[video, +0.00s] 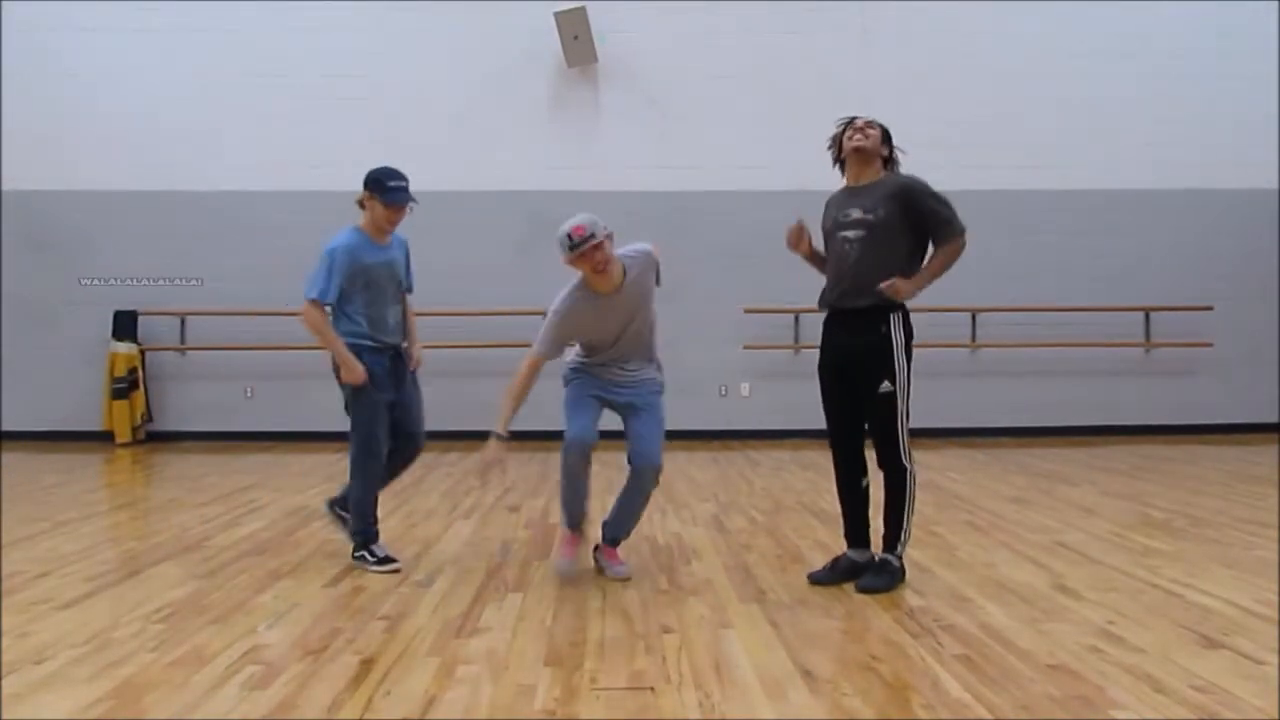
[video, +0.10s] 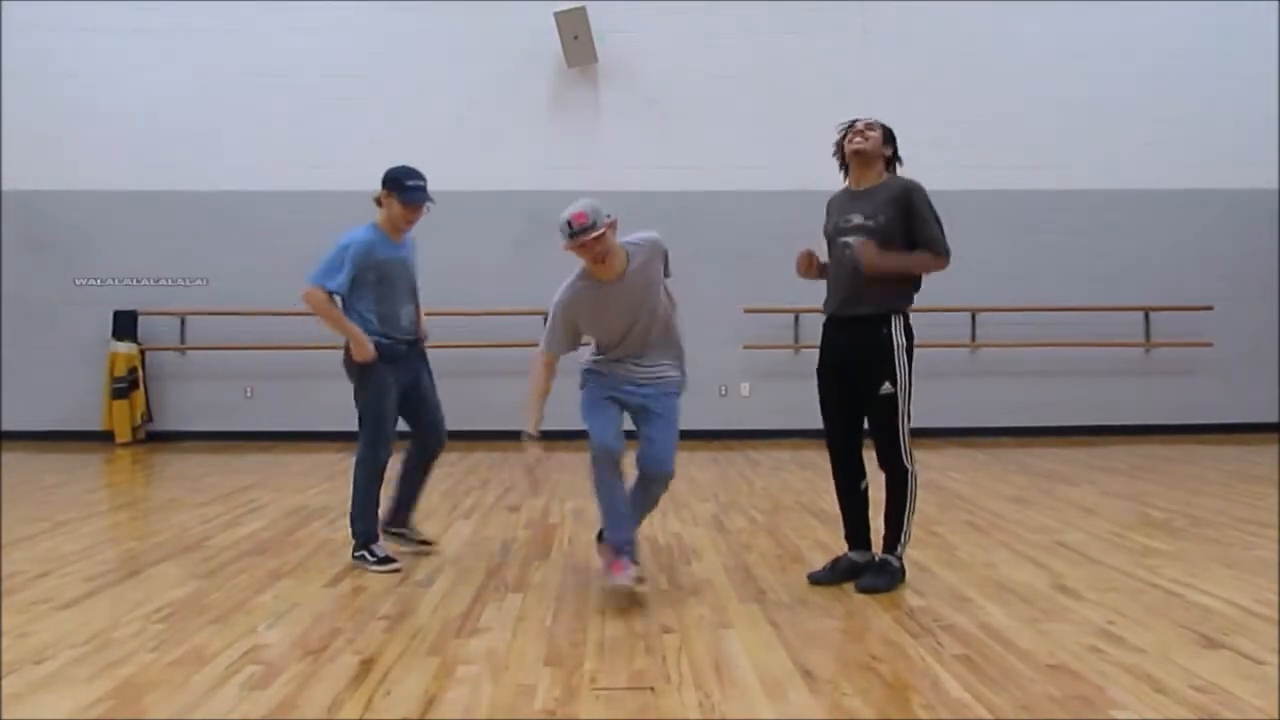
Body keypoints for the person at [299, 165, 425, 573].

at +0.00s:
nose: (397, 215)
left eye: (402, 207)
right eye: (389, 207)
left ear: (407, 207)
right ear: (366, 202)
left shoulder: (399, 246)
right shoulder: (343, 249)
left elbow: (404, 298)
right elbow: (311, 309)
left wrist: (413, 342)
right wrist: (345, 358)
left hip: (397, 358)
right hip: (361, 360)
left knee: (410, 441)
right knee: (371, 448)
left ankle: (349, 499)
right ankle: (365, 542)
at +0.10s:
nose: (414, 215)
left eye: (420, 207)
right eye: (407, 206)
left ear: (424, 206)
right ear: (384, 201)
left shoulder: (407, 244)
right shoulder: (359, 245)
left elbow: (404, 290)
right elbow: (314, 293)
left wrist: (418, 321)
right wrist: (354, 335)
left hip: (410, 354)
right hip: (374, 358)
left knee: (431, 435)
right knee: (375, 447)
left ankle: (398, 521)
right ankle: (364, 542)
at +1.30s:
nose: (373, 215)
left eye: (378, 205)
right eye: (363, 209)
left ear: (391, 194)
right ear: (349, 208)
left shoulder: (426, 237)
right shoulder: (335, 251)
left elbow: (452, 289)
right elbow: (321, 308)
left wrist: (456, 341)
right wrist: (335, 335)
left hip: (430, 364)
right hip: (372, 369)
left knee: (464, 450)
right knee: (367, 467)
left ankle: (479, 544)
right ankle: (375, 560)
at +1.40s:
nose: (364, 212)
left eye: (369, 201)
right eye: (353, 206)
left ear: (383, 190)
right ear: (340, 205)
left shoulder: (419, 234)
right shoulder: (330, 251)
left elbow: (451, 287)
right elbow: (319, 309)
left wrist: (447, 339)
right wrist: (324, 348)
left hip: (422, 364)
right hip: (365, 370)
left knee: (446, 461)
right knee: (365, 470)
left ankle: (470, 557)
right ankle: (375, 560)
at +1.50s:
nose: (356, 211)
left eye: (362, 200)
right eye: (346, 205)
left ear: (378, 189)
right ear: (333, 203)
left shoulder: (414, 233)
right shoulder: (326, 249)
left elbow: (452, 284)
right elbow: (320, 305)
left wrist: (435, 328)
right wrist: (324, 344)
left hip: (413, 363)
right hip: (358, 368)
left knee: (431, 466)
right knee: (361, 470)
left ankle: (446, 569)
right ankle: (375, 559)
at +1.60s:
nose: (354, 212)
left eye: (360, 201)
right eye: (343, 204)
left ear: (378, 188)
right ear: (332, 203)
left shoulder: (413, 232)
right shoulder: (328, 245)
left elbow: (457, 278)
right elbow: (323, 297)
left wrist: (428, 313)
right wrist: (322, 324)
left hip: (405, 354)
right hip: (353, 356)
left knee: (413, 459)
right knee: (360, 462)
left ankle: (429, 574)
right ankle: (376, 559)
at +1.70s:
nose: (355, 212)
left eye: (361, 200)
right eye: (344, 204)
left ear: (380, 187)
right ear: (332, 203)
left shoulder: (413, 233)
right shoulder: (335, 243)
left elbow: (460, 283)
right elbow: (332, 291)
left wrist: (420, 314)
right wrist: (326, 318)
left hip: (400, 357)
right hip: (351, 357)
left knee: (404, 466)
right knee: (359, 466)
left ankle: (418, 584)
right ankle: (376, 559)